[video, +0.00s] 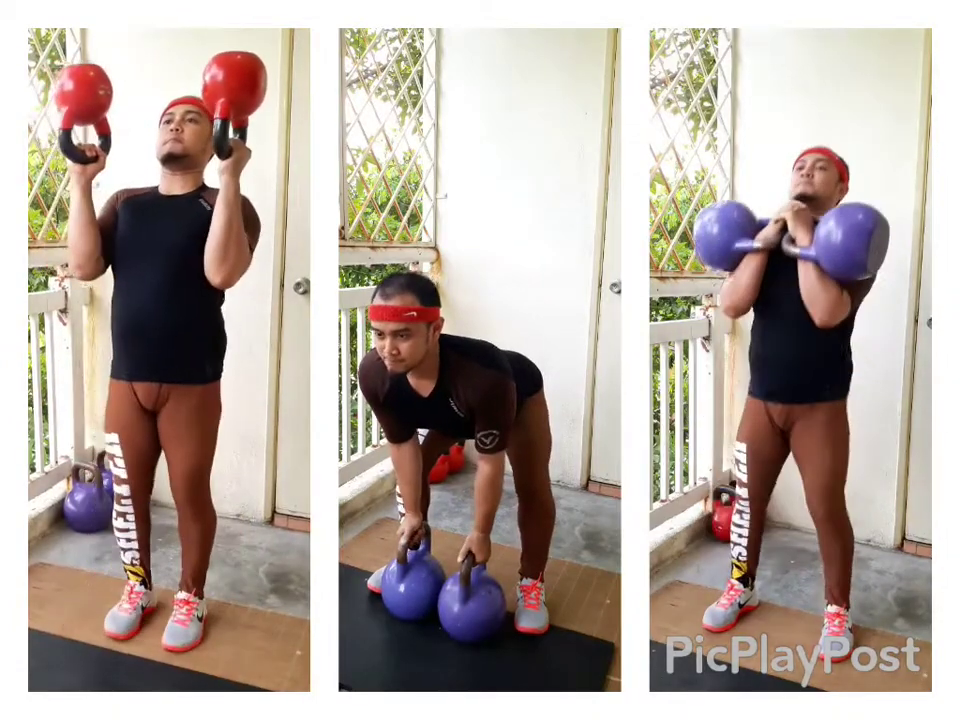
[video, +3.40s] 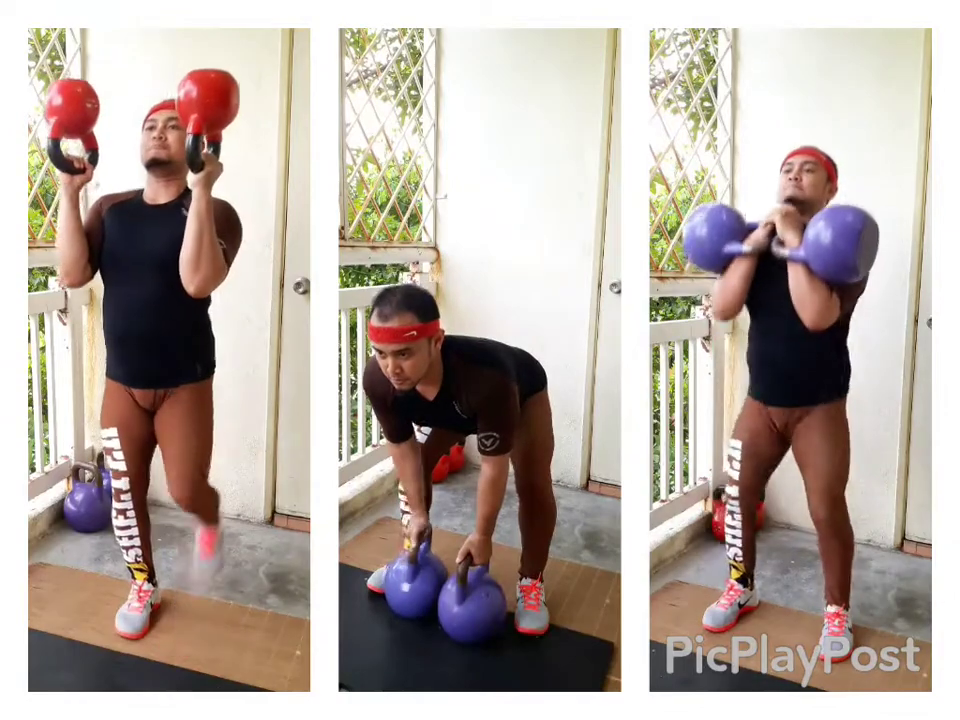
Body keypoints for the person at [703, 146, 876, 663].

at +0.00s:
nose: (805, 173)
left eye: (819, 168)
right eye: (799, 168)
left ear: (843, 188)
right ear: (788, 184)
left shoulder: (847, 246)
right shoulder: (763, 238)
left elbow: (827, 313)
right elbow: (731, 304)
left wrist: (802, 240)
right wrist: (765, 239)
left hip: (819, 404)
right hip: (761, 398)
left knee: (827, 511)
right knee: (750, 501)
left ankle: (836, 611)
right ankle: (740, 586)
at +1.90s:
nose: (789, 238)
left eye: (802, 230)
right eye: (782, 230)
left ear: (825, 241)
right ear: (773, 239)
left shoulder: (840, 302)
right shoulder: (757, 296)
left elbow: (822, 374)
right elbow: (727, 362)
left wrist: (795, 302)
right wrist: (756, 305)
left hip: (830, 438)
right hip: (773, 434)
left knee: (828, 533)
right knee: (727, 510)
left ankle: (835, 613)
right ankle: (740, 587)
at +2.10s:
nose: (787, 297)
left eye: (800, 288)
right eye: (780, 288)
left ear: (821, 299)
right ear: (770, 298)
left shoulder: (836, 356)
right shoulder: (753, 352)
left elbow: (821, 436)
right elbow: (726, 421)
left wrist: (793, 367)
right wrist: (753, 371)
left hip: (832, 472)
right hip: (775, 469)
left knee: (827, 545)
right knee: (718, 521)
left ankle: (836, 616)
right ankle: (740, 588)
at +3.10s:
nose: (782, 244)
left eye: (794, 236)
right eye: (774, 236)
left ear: (817, 248)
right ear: (765, 247)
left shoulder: (829, 311)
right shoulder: (749, 307)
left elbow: (818, 391)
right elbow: (721, 377)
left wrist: (789, 323)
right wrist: (747, 324)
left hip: (827, 440)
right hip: (770, 436)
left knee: (827, 534)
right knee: (721, 510)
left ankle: (836, 614)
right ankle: (740, 586)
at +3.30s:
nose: (790, 190)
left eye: (804, 183)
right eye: (782, 183)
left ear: (825, 201)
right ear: (771, 198)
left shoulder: (836, 261)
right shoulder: (749, 254)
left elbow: (818, 336)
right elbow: (722, 325)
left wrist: (790, 267)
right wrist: (749, 262)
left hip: (826, 414)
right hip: (766, 410)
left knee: (831, 518)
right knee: (734, 495)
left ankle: (837, 612)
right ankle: (740, 585)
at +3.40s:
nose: (794, 178)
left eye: (808, 172)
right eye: (787, 171)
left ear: (832, 189)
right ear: (776, 186)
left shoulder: (840, 249)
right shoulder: (754, 242)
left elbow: (817, 315)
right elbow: (722, 308)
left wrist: (793, 242)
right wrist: (753, 244)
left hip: (820, 408)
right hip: (761, 402)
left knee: (827, 511)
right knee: (741, 497)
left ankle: (836, 610)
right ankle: (740, 586)